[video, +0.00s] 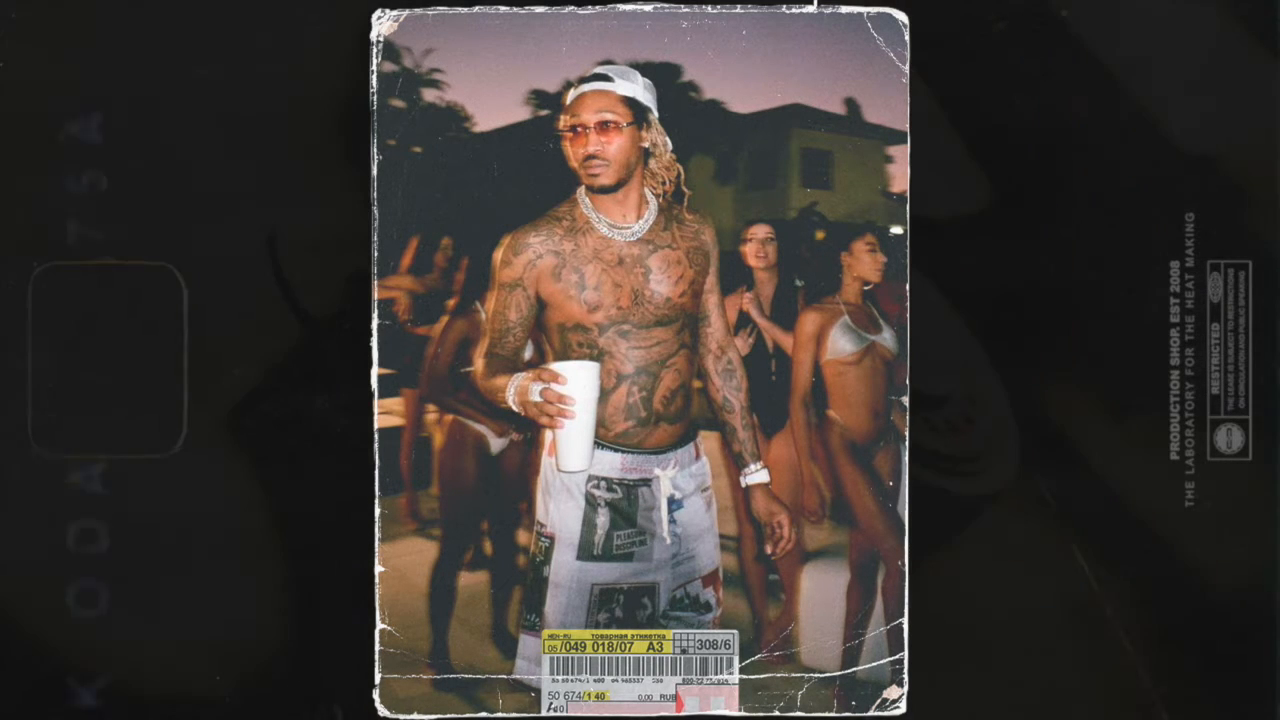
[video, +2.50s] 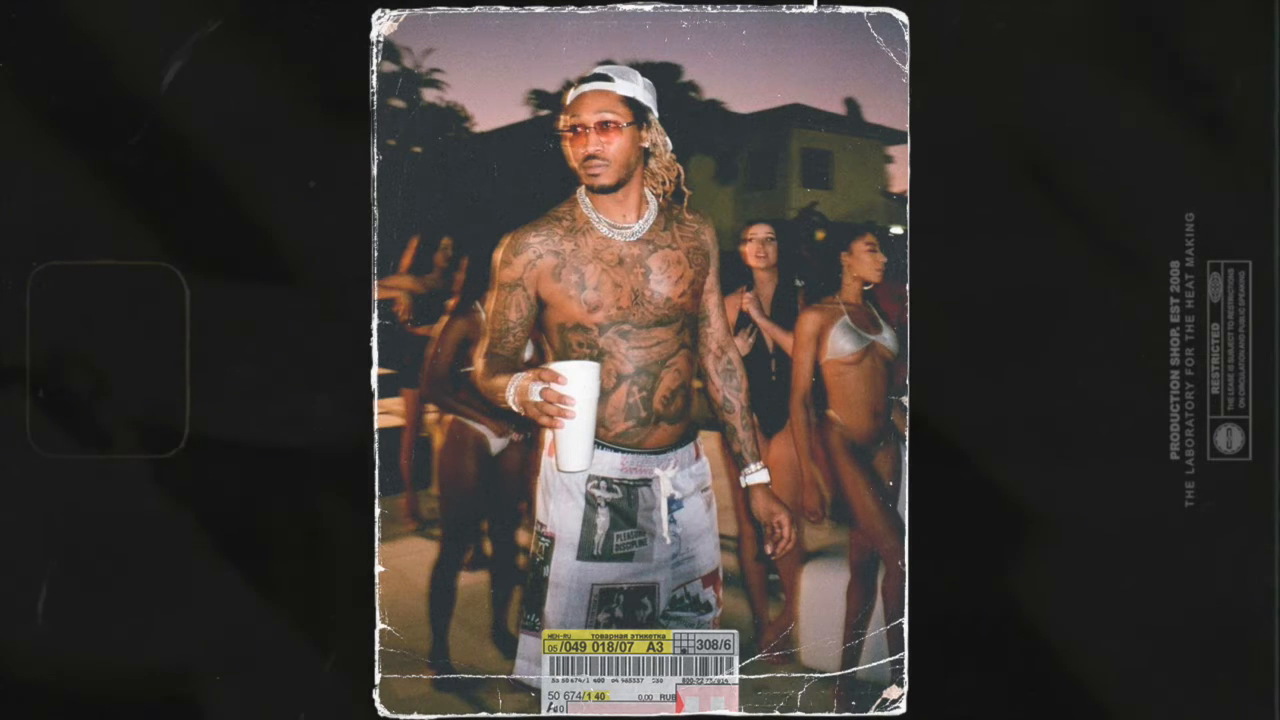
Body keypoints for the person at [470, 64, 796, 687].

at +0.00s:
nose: (589, 143)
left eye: (608, 126)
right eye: (576, 130)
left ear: (646, 138)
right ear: (565, 144)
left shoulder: (693, 235)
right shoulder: (532, 248)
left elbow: (720, 358)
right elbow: (491, 366)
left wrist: (756, 482)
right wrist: (516, 389)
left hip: (681, 477)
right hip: (583, 482)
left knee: (690, 664)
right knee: (574, 669)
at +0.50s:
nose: (590, 143)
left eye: (608, 126)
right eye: (576, 130)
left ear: (646, 138)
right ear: (565, 143)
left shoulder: (693, 235)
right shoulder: (532, 248)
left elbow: (720, 358)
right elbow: (491, 365)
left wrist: (756, 482)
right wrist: (516, 389)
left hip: (681, 477)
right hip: (582, 482)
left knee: (690, 664)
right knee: (573, 669)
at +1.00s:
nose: (590, 143)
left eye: (608, 126)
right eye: (576, 130)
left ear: (646, 138)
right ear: (565, 143)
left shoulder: (693, 236)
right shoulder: (532, 248)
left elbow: (720, 358)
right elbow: (490, 366)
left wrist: (756, 481)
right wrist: (516, 389)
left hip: (681, 477)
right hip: (582, 482)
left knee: (690, 663)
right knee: (573, 667)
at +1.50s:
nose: (590, 143)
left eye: (608, 126)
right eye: (576, 130)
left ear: (646, 138)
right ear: (565, 143)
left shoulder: (693, 236)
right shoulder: (532, 248)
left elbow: (720, 358)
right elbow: (490, 366)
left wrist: (756, 481)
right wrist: (516, 389)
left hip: (681, 477)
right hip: (582, 482)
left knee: (690, 663)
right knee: (574, 666)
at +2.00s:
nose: (590, 143)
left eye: (608, 126)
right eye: (576, 130)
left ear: (646, 138)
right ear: (565, 143)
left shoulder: (693, 236)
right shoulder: (532, 248)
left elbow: (720, 358)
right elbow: (491, 365)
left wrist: (756, 481)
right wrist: (516, 389)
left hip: (681, 477)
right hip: (582, 481)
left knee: (689, 663)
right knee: (572, 666)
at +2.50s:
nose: (589, 143)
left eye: (608, 126)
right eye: (576, 130)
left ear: (646, 138)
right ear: (565, 144)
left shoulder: (693, 235)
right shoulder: (532, 247)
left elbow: (720, 358)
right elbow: (491, 364)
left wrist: (756, 482)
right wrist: (516, 389)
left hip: (681, 476)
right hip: (582, 481)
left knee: (689, 663)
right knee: (573, 668)